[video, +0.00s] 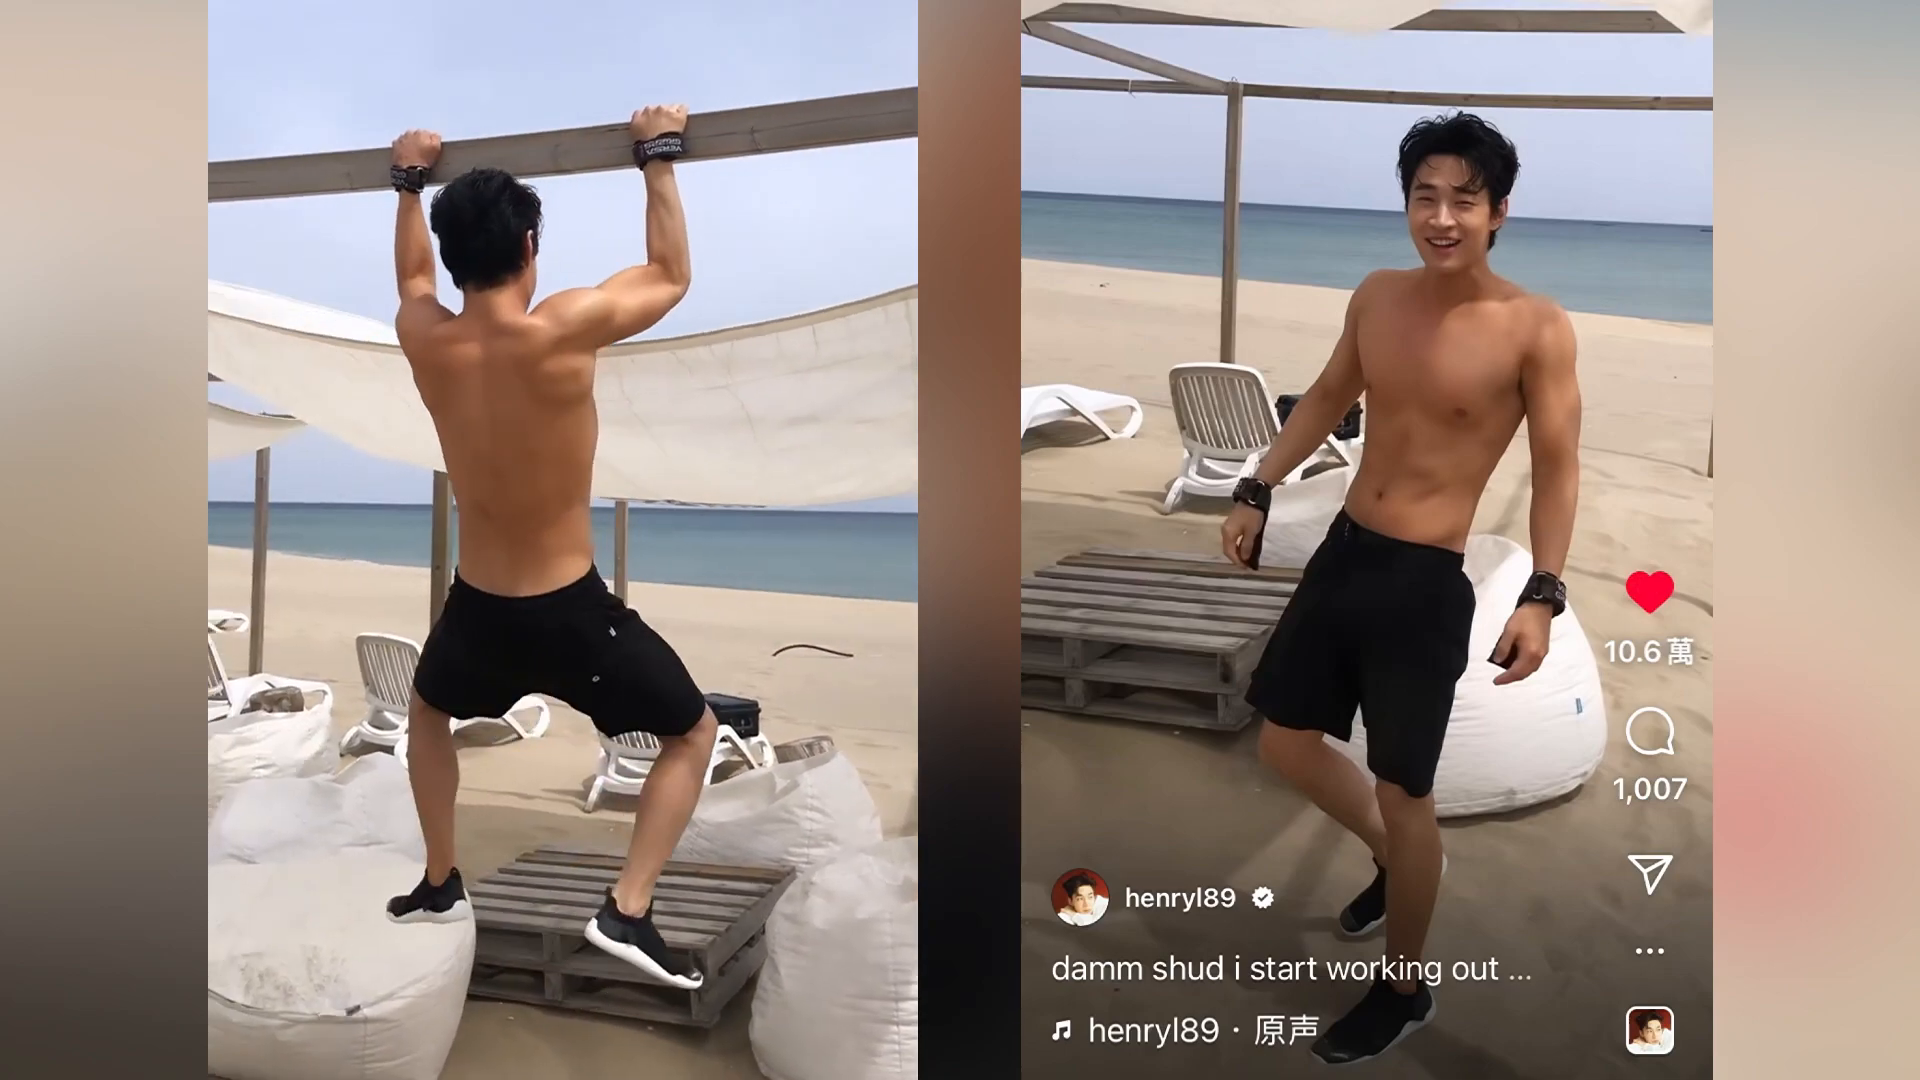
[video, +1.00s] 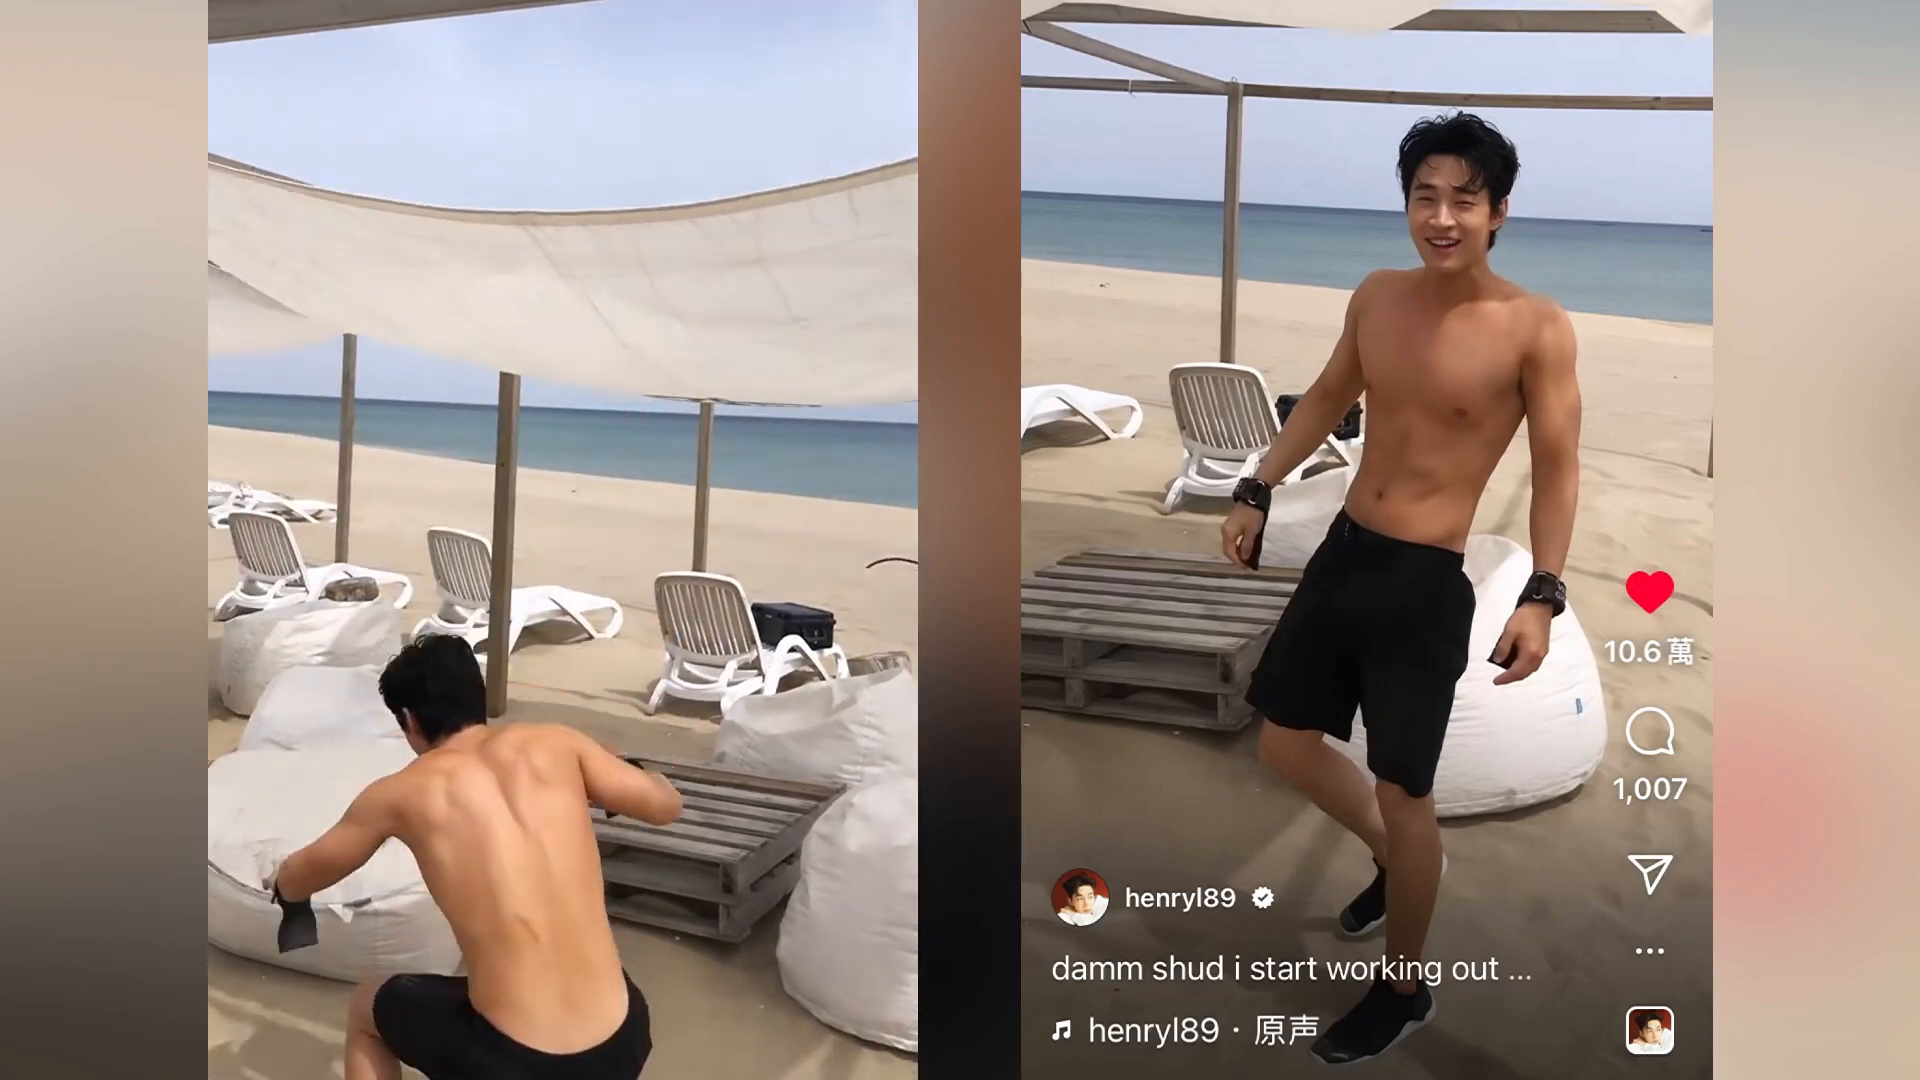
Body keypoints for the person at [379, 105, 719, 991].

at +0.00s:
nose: (540, 246)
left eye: (531, 233)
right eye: (537, 233)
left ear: (452, 254)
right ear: (529, 246)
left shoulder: (429, 339)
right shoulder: (569, 325)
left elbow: (416, 273)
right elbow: (668, 273)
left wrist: (407, 183)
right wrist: (659, 157)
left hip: (475, 614)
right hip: (573, 613)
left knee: (429, 712)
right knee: (691, 734)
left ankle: (439, 878)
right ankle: (629, 911)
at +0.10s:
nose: (536, 240)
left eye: (526, 230)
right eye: (533, 230)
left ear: (445, 253)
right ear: (526, 240)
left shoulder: (421, 334)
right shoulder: (566, 319)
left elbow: (412, 271)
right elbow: (668, 269)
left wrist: (408, 183)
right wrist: (661, 152)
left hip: (469, 614)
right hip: (569, 611)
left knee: (410, 669)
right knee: (705, 686)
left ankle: (425, 834)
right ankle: (704, 876)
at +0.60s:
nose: (468, 227)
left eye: (431, 229)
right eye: (479, 214)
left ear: (408, 244)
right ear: (486, 226)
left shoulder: (384, 318)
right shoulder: (541, 279)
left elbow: (329, 250)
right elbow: (671, 224)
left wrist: (327, 144)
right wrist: (636, 99)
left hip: (469, 591)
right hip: (571, 579)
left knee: (422, 769)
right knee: (620, 738)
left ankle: (395, 960)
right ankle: (656, 917)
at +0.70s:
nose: (491, 335)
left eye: (409, 342)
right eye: (490, 324)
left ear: (405, 345)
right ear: (486, 328)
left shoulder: (390, 419)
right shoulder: (542, 372)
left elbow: (303, 369)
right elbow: (664, 317)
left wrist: (284, 256)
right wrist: (587, 232)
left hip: (474, 690)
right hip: (578, 680)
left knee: (412, 883)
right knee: (603, 848)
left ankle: (387, 1067)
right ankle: (624, 1026)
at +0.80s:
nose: (400, 495)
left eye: (397, 484)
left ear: (405, 486)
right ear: (485, 469)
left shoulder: (386, 559)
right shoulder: (546, 514)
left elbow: (284, 552)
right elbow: (677, 491)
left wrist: (267, 449)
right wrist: (592, 435)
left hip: (477, 837)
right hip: (583, 821)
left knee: (395, 1013)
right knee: (599, 977)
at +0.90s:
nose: (394, 634)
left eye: (392, 622)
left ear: (403, 627)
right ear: (476, 607)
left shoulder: (389, 700)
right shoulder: (553, 656)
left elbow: (280, 757)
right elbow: (671, 706)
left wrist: (266, 682)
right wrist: (619, 632)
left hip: (497, 974)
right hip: (597, 960)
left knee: (358, 1025)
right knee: (597, 1055)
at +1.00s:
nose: (404, 731)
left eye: (400, 722)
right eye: (402, 722)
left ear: (411, 722)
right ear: (481, 701)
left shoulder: (400, 794)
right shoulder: (558, 743)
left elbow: (299, 877)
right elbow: (667, 805)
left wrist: (283, 882)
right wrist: (610, 782)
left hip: (513, 1055)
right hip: (620, 1044)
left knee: (369, 1006)